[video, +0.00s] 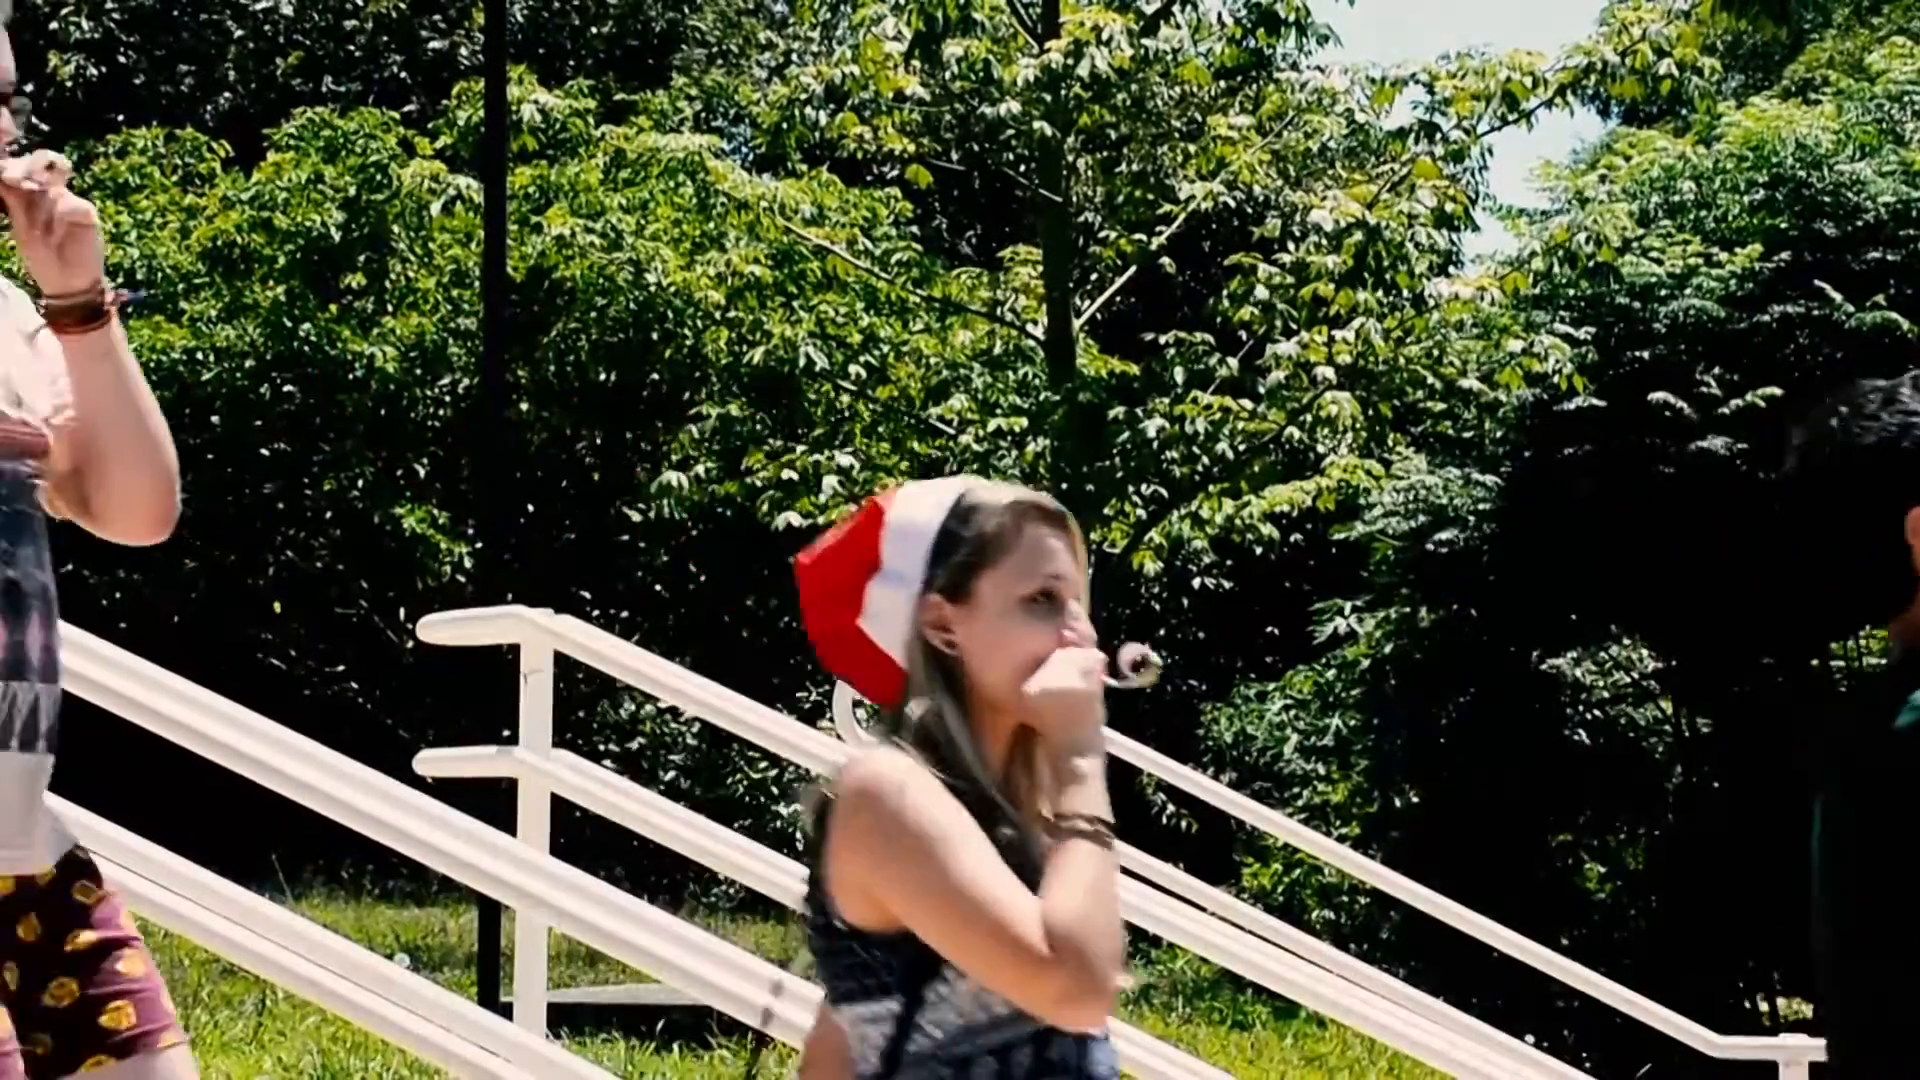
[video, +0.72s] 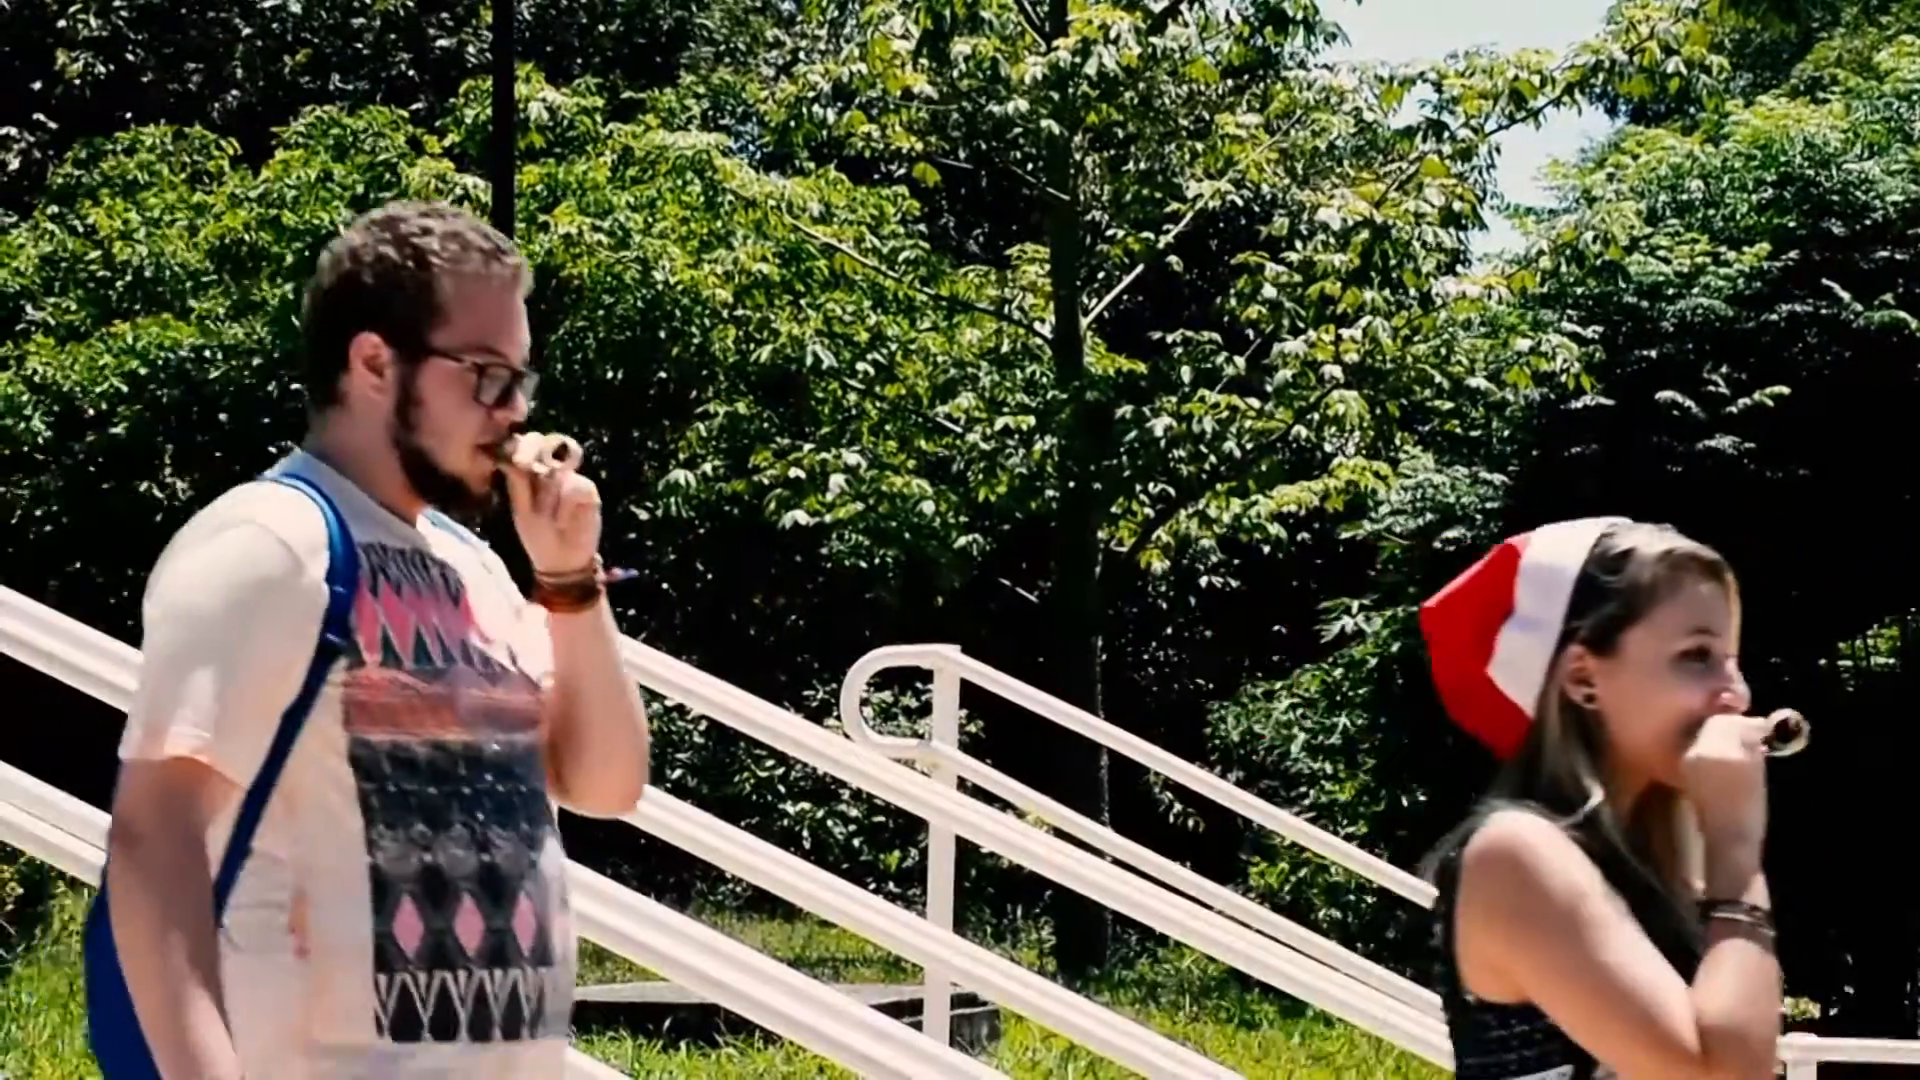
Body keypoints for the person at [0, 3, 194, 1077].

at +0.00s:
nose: (8, 129)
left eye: (10, 104)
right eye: (3, 104)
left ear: (21, 114)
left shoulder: (5, 316)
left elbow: (140, 512)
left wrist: (77, 298)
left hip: (26, 835)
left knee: (144, 1057)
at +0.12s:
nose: (89, 176)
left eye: (93, 146)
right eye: (56, 142)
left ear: (99, 152)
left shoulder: (67, 350)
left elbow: (218, 560)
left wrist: (158, 343)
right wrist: (16, 491)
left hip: (94, 894)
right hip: (10, 895)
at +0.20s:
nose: (148, 224)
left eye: (151, 196)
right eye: (116, 193)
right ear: (9, 194)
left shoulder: (131, 401)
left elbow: (282, 604)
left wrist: (228, 395)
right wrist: (32, 537)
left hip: (165, 946)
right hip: (22, 948)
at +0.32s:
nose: (241, 263)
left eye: (242, 234)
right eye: (210, 231)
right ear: (91, 229)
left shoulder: (228, 437)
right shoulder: (19, 409)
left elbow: (374, 633)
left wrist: (314, 426)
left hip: (253, 995)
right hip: (82, 1001)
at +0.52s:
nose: (391, 298)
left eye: (395, 267)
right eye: (366, 262)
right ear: (249, 253)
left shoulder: (365, 459)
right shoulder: (125, 437)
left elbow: (483, 679)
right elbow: (25, 706)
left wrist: (447, 468)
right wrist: (94, 975)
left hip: (361, 1002)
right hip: (203, 1013)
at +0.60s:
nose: (447, 343)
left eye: (452, 311)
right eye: (418, 305)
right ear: (303, 294)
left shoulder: (410, 494)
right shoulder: (181, 477)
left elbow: (527, 720)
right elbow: (73, 746)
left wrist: (495, 517)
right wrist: (143, 1017)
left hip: (422, 1038)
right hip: (245, 1043)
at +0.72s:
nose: (515, 409)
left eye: (521, 377)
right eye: (487, 372)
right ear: (374, 366)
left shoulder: (479, 569)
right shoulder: (257, 549)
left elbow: (605, 786)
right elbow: (155, 833)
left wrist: (572, 581)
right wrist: (204, 1064)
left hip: (518, 1049)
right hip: (324, 1053)